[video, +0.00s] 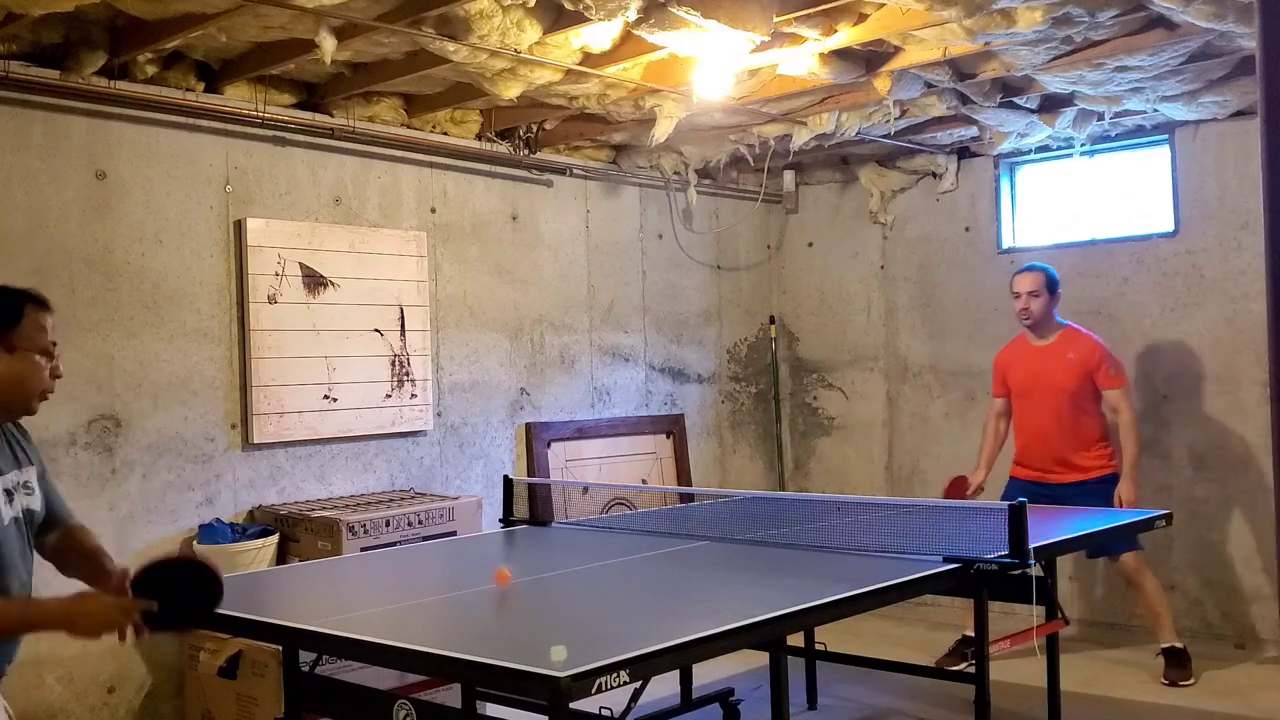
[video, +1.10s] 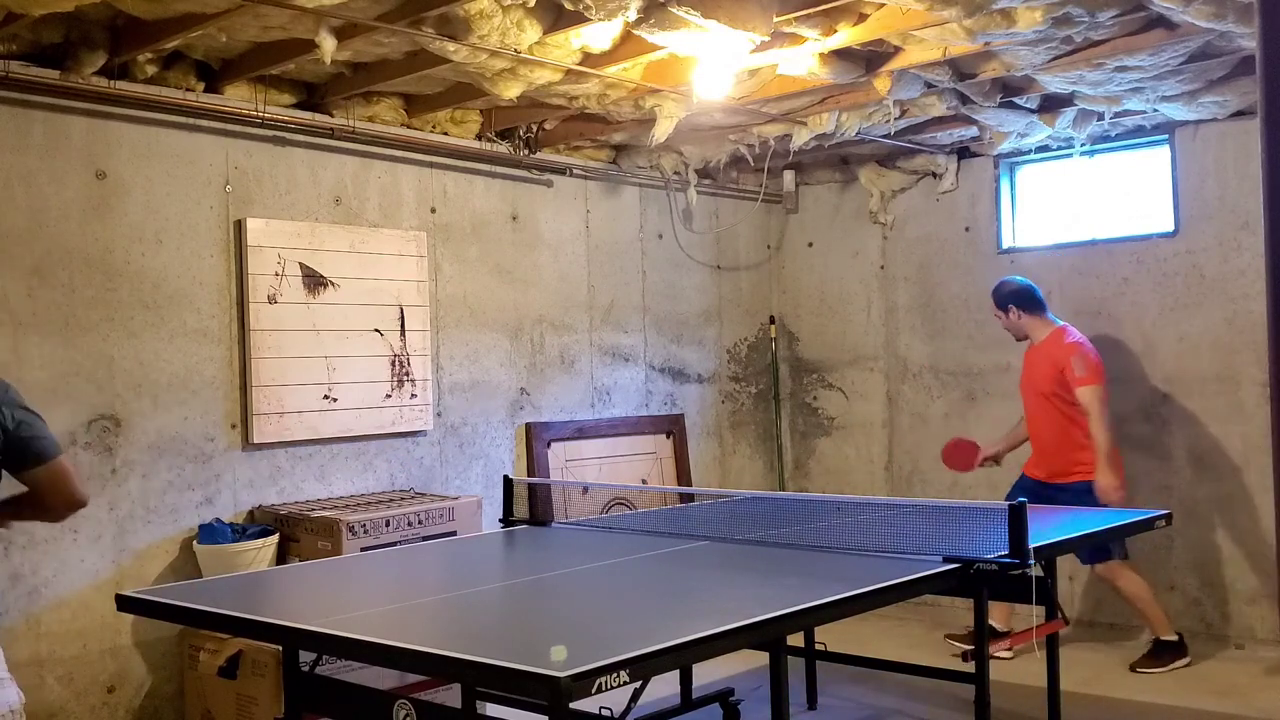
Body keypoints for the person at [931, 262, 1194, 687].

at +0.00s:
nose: (1023, 304)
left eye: (1032, 295)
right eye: (1016, 296)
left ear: (1053, 298)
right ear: (1012, 301)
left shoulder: (1090, 349)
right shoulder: (1008, 358)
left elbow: (1123, 411)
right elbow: (999, 417)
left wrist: (1128, 477)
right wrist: (981, 472)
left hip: (1090, 484)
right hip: (1027, 483)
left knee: (1132, 564)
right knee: (984, 554)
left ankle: (1172, 647)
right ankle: (972, 639)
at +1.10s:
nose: (1001, 325)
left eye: (1000, 317)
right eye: (999, 318)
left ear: (1015, 312)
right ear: (1024, 309)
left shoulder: (1074, 349)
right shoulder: (1036, 350)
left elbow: (1097, 412)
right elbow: (1039, 415)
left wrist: (1104, 469)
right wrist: (1001, 448)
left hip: (1080, 482)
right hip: (1037, 479)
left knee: (1107, 565)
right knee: (1000, 548)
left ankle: (1169, 640)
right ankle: (996, 631)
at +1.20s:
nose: (991, 330)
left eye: (990, 322)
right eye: (989, 323)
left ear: (1004, 316)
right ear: (1013, 313)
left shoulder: (1061, 352)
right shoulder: (1031, 351)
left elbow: (1068, 423)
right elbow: (1040, 421)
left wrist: (1049, 482)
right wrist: (1013, 459)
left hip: (1080, 478)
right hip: (1038, 473)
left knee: (1102, 563)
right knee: (984, 534)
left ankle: (1169, 640)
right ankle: (981, 622)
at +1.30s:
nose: (969, 337)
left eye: (968, 327)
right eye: (966, 328)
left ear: (983, 321)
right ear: (993, 318)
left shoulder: (1036, 354)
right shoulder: (1015, 354)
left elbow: (1028, 429)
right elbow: (1028, 428)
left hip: (1069, 482)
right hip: (1026, 478)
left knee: (1102, 564)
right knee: (975, 536)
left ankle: (1168, 640)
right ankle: (954, 621)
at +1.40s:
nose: (934, 347)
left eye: (934, 337)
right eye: (932, 339)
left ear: (953, 332)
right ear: (960, 330)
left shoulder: (995, 364)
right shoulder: (986, 362)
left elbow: (960, 446)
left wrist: (909, 484)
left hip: (1053, 482)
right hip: (1011, 482)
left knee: (1097, 562)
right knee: (959, 541)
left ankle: (1167, 641)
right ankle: (926, 619)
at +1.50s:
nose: (895, 365)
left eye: (897, 356)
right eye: (894, 357)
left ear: (916, 351)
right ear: (922, 349)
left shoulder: (946, 384)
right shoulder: (955, 375)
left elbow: (896, 454)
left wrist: (846, 488)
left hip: (1029, 489)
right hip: (991, 489)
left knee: (1087, 565)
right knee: (936, 544)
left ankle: (1163, 638)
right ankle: (910, 627)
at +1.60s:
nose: (857, 386)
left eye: (858, 378)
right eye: (854, 380)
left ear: (879, 368)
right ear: (883, 366)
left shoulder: (904, 394)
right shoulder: (921, 385)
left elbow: (862, 461)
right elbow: (968, 430)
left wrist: (815, 502)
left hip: (1000, 491)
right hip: (967, 489)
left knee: (1055, 564)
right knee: (916, 543)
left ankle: (1144, 623)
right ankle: (902, 625)